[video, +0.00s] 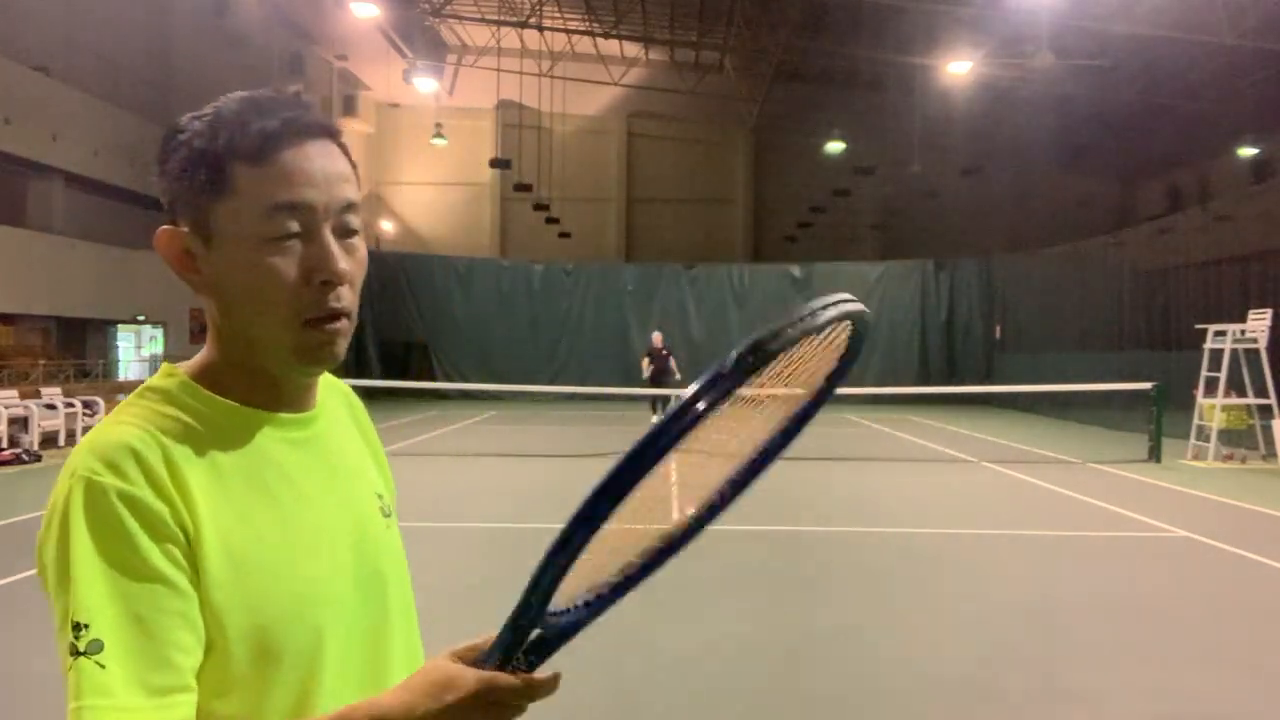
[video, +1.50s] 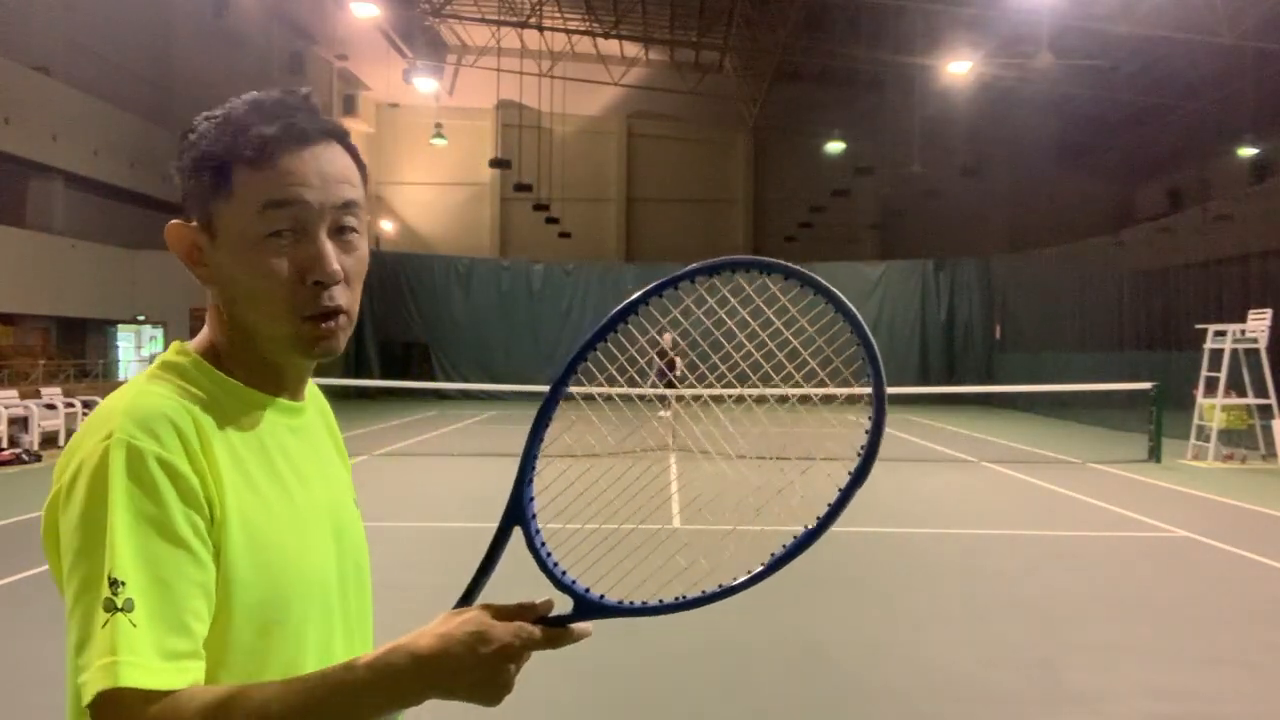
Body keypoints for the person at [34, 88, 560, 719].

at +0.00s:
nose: (335, 269)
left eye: (346, 228)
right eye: (286, 235)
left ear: (365, 239)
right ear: (189, 259)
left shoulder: (340, 408)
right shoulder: (124, 472)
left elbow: (365, 655)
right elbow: (130, 705)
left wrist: (445, 695)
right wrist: (408, 703)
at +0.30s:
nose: (267, 251)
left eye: (291, 214)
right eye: (220, 218)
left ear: (330, 242)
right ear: (156, 255)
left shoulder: (298, 413)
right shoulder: (111, 457)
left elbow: (313, 666)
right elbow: (119, 705)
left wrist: (412, 689)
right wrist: (386, 696)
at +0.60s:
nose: (277, 251)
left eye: (296, 214)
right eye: (229, 223)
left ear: (338, 235)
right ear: (173, 265)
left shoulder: (318, 404)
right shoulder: (143, 444)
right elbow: (148, 701)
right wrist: (412, 656)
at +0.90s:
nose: (305, 259)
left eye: (329, 222)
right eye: (260, 227)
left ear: (367, 243)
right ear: (203, 259)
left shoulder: (342, 404)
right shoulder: (155, 439)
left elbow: (337, 630)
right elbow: (160, 700)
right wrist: (420, 651)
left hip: (374, 710)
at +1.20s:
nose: (294, 260)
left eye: (316, 220)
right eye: (247, 228)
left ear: (354, 234)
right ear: (188, 257)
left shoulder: (333, 399)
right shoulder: (145, 445)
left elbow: (329, 632)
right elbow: (147, 705)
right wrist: (410, 665)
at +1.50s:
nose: (330, 268)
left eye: (346, 227)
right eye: (283, 232)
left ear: (368, 237)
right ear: (197, 253)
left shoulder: (306, 409)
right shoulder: (139, 441)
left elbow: (302, 651)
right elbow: (133, 707)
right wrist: (412, 671)